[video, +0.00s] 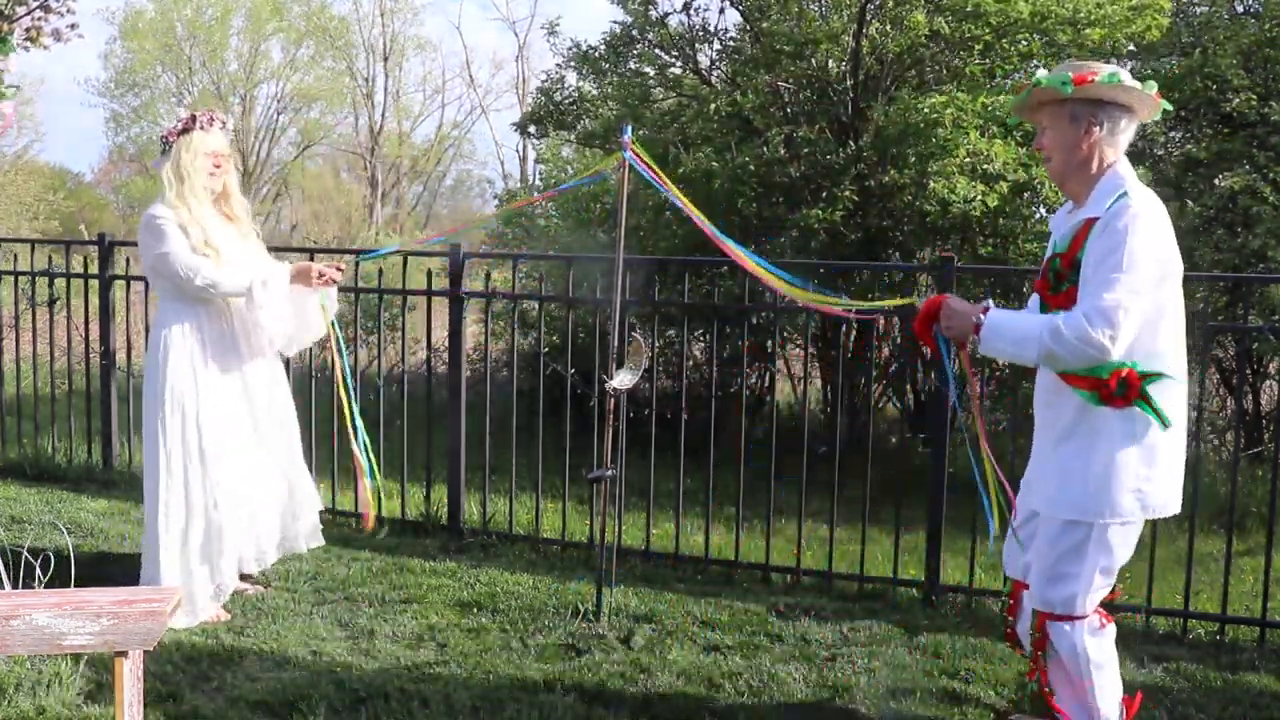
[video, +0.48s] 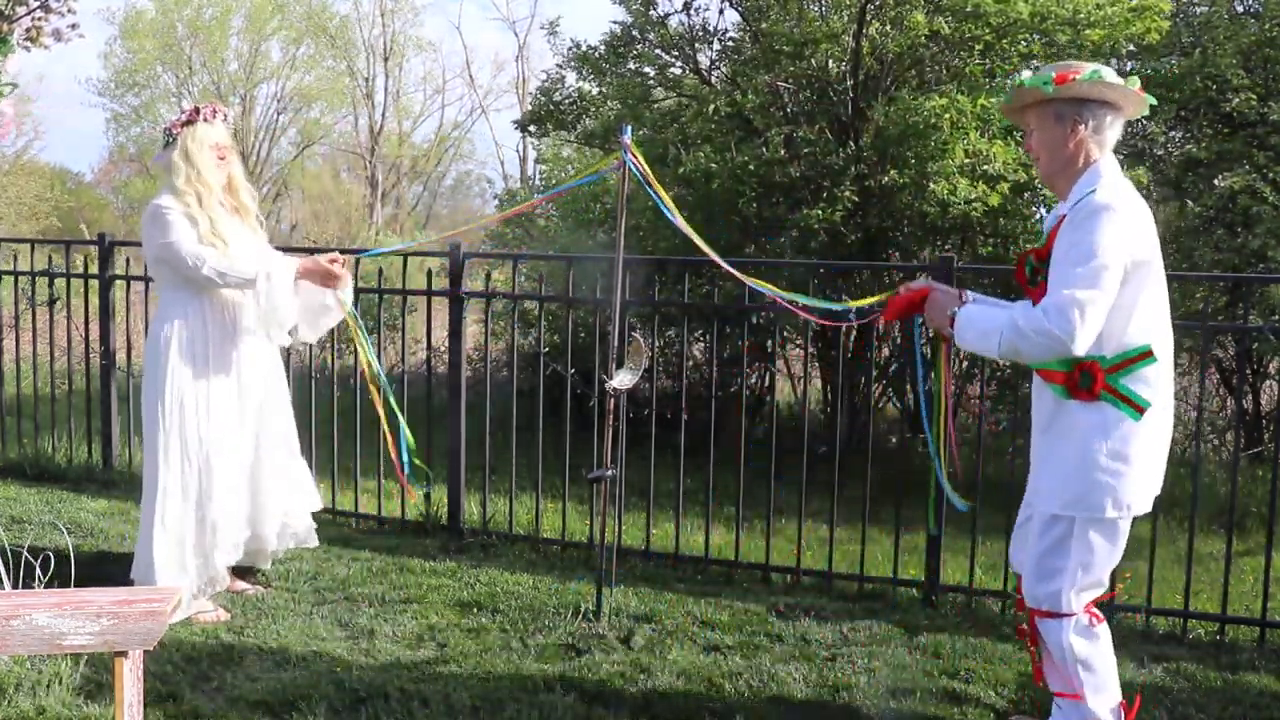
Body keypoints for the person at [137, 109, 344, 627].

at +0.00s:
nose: (219, 164)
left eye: (224, 155)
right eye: (207, 156)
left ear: (232, 162)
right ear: (181, 164)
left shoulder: (233, 221)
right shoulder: (161, 219)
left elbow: (261, 277)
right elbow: (193, 276)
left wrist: (306, 280)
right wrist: (273, 278)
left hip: (237, 353)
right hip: (190, 356)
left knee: (237, 458)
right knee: (194, 466)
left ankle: (229, 569)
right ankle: (193, 588)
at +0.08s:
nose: (217, 161)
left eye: (223, 153)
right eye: (206, 154)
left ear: (231, 159)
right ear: (180, 161)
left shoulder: (232, 217)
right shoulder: (161, 217)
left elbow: (259, 270)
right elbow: (193, 276)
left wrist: (303, 276)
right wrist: (274, 279)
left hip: (234, 349)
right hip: (188, 352)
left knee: (233, 456)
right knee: (192, 464)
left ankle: (224, 567)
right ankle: (189, 589)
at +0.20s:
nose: (218, 164)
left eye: (223, 156)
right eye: (207, 157)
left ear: (231, 163)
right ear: (182, 166)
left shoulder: (234, 223)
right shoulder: (161, 221)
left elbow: (262, 283)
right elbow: (194, 279)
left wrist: (314, 283)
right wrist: (277, 277)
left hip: (238, 355)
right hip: (189, 357)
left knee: (236, 459)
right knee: (195, 465)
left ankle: (227, 569)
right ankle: (191, 589)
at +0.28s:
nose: (219, 164)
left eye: (223, 155)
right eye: (207, 157)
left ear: (231, 161)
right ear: (182, 165)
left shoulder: (234, 220)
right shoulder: (162, 219)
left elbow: (266, 279)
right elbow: (199, 277)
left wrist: (321, 277)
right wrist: (281, 271)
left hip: (237, 356)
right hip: (189, 358)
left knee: (235, 459)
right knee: (194, 465)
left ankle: (227, 568)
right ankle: (191, 589)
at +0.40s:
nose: (224, 153)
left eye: (228, 145)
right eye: (212, 145)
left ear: (235, 152)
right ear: (186, 154)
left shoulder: (236, 213)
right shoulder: (165, 208)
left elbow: (266, 269)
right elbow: (199, 267)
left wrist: (315, 273)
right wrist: (275, 269)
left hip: (236, 351)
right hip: (189, 353)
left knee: (231, 458)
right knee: (189, 463)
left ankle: (221, 567)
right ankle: (183, 588)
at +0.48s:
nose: (224, 154)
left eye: (228, 146)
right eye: (213, 147)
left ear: (235, 153)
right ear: (186, 155)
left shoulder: (237, 215)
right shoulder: (166, 211)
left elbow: (262, 281)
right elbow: (201, 266)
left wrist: (319, 283)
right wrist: (288, 269)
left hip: (237, 353)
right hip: (189, 355)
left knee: (232, 458)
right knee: (190, 464)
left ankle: (220, 568)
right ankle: (184, 588)